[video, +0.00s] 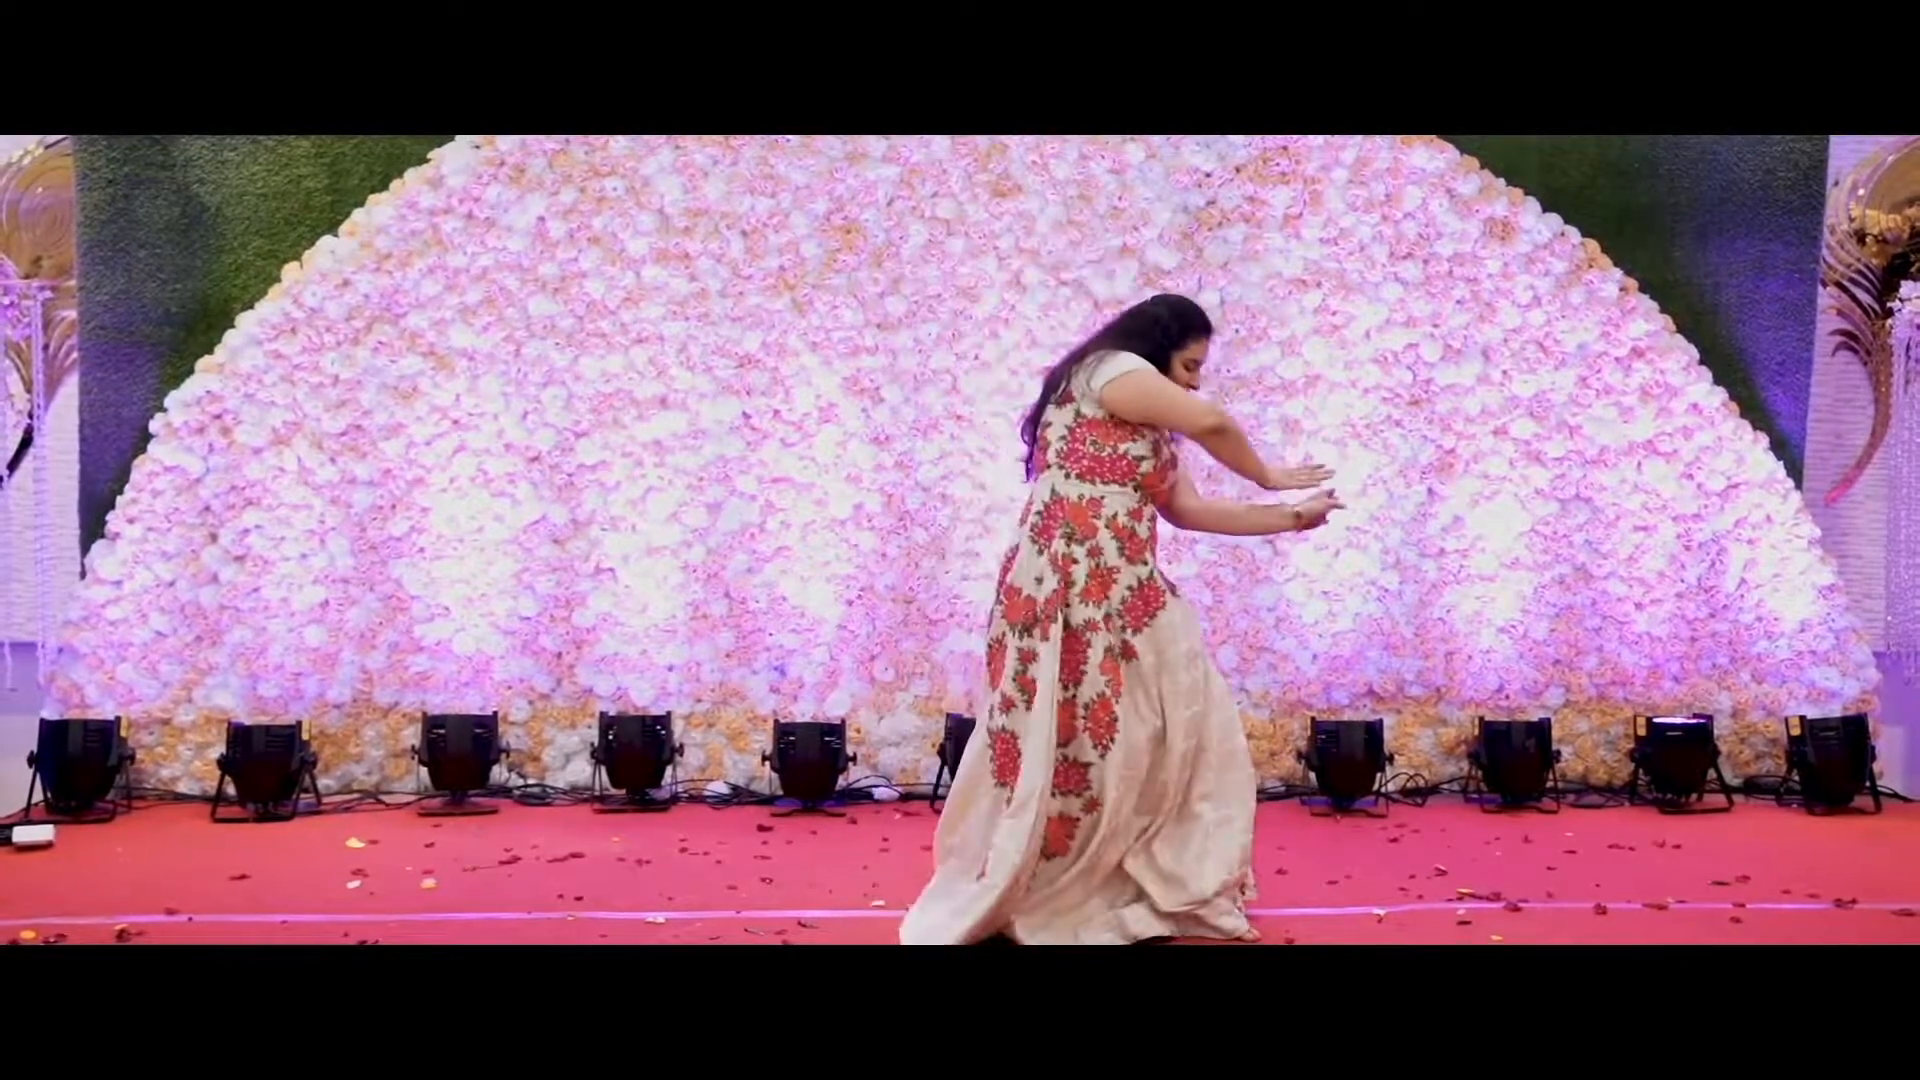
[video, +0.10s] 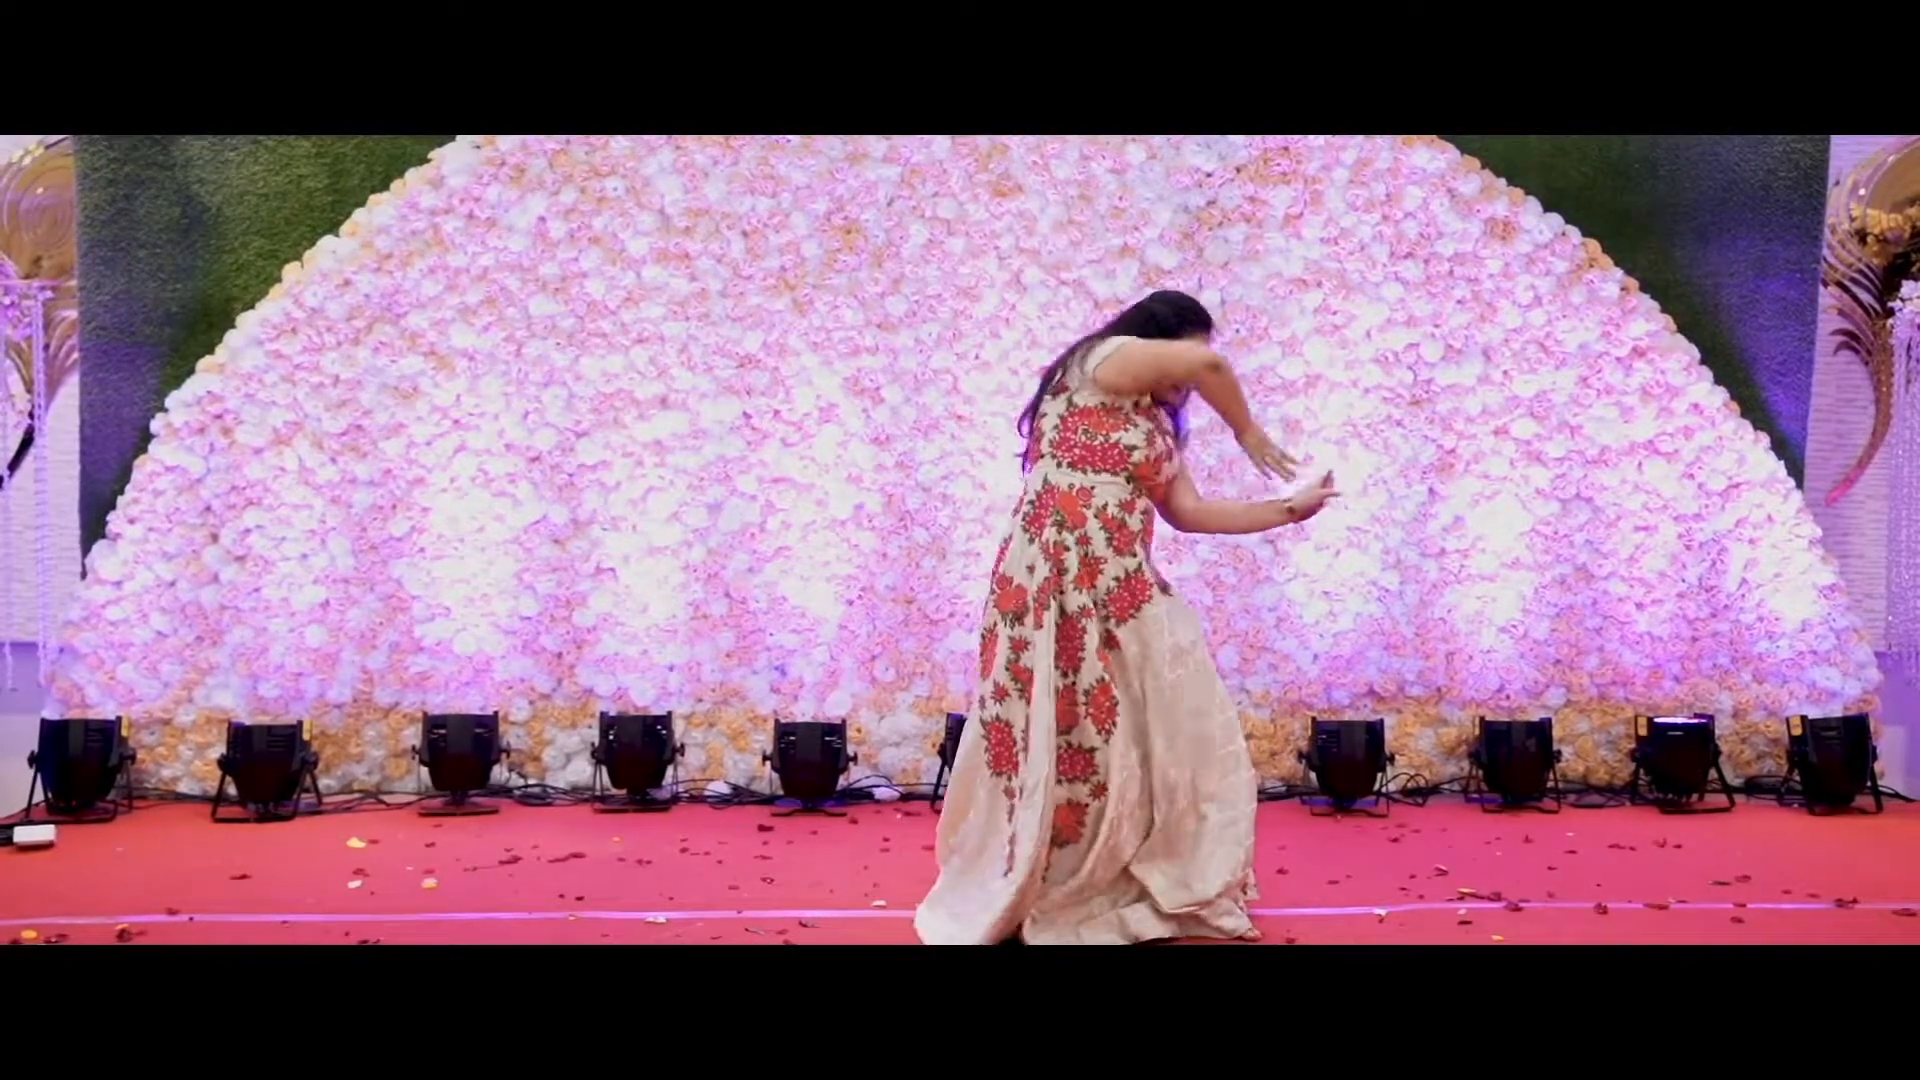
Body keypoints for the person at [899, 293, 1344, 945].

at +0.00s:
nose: (1196, 378)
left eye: (1200, 366)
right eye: (1192, 363)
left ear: (1169, 354)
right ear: (1161, 345)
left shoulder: (1152, 422)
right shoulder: (1109, 371)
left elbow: (1188, 510)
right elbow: (1210, 419)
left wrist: (1288, 518)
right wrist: (1267, 473)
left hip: (1120, 583)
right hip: (1072, 575)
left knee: (1187, 722)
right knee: (1083, 734)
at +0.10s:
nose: (1200, 367)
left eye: (1203, 356)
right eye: (1196, 354)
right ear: (1168, 336)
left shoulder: (1153, 428)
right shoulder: (1099, 362)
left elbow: (1189, 513)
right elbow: (1204, 360)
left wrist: (1286, 508)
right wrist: (1252, 435)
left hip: (1116, 580)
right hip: (1060, 572)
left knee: (1172, 726)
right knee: (1069, 732)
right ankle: (1057, 896)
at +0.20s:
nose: (1182, 358)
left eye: (1188, 350)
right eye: (1174, 342)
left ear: (1182, 345)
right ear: (1142, 325)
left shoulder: (1154, 428)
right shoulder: (1084, 358)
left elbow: (1187, 508)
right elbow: (1165, 300)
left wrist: (1280, 496)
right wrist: (1224, 362)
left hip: (1108, 577)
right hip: (1035, 567)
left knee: (1172, 718)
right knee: (1050, 730)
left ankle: (1179, 891)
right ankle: (1046, 896)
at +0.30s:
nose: (1159, 333)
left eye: (1167, 324)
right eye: (1147, 318)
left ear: (1167, 334)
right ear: (1115, 313)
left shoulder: (1141, 419)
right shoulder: (1068, 347)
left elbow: (1170, 496)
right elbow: (1119, 260)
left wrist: (1261, 481)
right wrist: (1201, 308)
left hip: (1089, 571)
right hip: (1012, 560)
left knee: (1141, 718)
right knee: (1029, 729)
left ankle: (1137, 890)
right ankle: (1034, 899)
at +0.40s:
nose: (1132, 316)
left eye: (1142, 306)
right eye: (1118, 301)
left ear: (1149, 315)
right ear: (1085, 300)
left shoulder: (1120, 408)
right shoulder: (1042, 340)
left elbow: (1149, 488)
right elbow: (1077, 243)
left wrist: (1236, 467)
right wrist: (1171, 269)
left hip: (1068, 563)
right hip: (991, 553)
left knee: (1128, 709)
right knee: (1005, 725)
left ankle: (1183, 889)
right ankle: (1022, 896)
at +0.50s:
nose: (1102, 306)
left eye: (1113, 296)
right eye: (1088, 293)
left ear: (1122, 307)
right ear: (1057, 295)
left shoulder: (1099, 399)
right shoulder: (1016, 339)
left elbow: (1131, 481)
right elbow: (1052, 236)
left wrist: (1222, 456)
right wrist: (1145, 241)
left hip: (1057, 564)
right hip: (979, 556)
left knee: (1109, 717)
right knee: (996, 727)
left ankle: (1181, 892)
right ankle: (1013, 898)